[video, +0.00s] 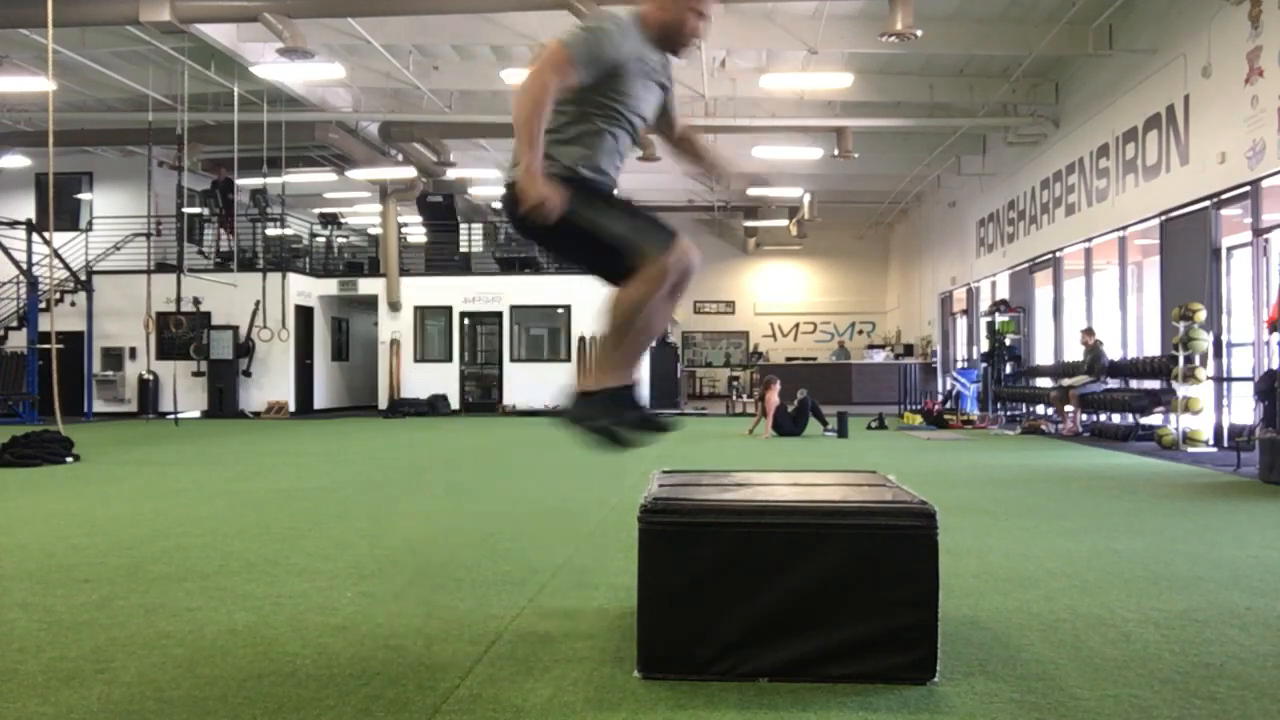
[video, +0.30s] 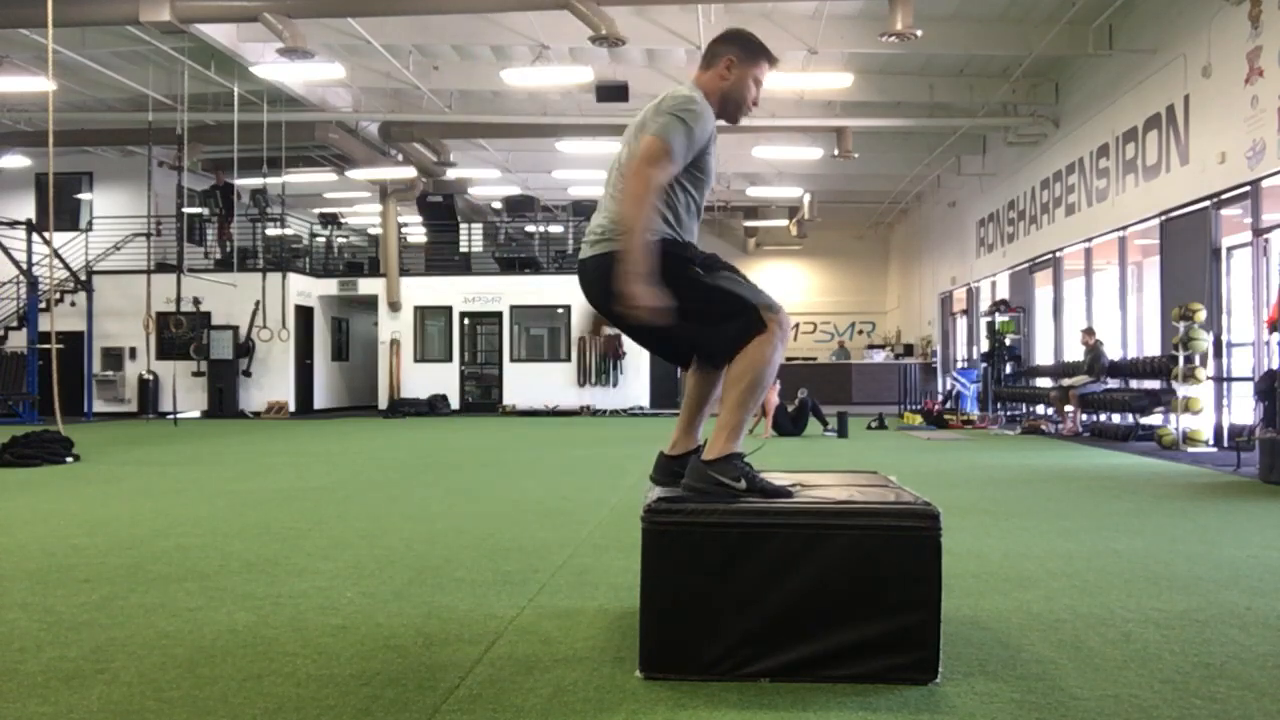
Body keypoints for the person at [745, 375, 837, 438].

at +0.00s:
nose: (779, 387)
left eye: (779, 384)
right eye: (778, 384)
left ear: (767, 385)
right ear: (773, 385)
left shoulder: (764, 396)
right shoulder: (772, 396)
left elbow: (759, 415)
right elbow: (770, 415)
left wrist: (751, 429)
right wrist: (767, 433)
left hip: (785, 430)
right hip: (793, 431)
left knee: (807, 402)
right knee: (807, 401)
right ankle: (826, 426)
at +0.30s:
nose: (779, 387)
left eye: (779, 384)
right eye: (778, 384)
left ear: (771, 386)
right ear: (772, 386)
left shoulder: (766, 396)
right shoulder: (772, 397)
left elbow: (759, 416)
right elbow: (769, 416)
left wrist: (751, 429)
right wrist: (767, 433)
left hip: (785, 429)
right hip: (793, 430)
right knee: (808, 401)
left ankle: (799, 401)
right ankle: (826, 426)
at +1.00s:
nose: (779, 387)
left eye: (778, 384)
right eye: (778, 384)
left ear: (767, 385)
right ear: (772, 385)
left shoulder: (765, 396)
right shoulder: (771, 396)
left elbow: (759, 416)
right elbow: (769, 416)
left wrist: (751, 430)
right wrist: (767, 433)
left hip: (785, 430)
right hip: (793, 430)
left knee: (808, 401)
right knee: (806, 401)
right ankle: (826, 426)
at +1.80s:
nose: (779, 387)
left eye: (779, 385)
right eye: (778, 385)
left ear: (767, 385)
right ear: (773, 385)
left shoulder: (764, 396)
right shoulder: (772, 396)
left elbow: (759, 415)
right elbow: (769, 416)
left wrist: (750, 430)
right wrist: (767, 433)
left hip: (784, 430)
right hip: (792, 430)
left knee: (803, 398)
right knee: (806, 400)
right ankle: (826, 426)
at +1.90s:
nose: (779, 387)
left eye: (779, 385)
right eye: (778, 385)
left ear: (767, 385)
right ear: (773, 385)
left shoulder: (764, 396)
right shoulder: (772, 396)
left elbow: (759, 415)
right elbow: (769, 416)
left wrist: (750, 430)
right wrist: (767, 433)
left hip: (784, 430)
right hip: (792, 430)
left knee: (803, 398)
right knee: (806, 400)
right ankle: (826, 426)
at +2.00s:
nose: (779, 387)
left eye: (779, 385)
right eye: (778, 385)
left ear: (767, 386)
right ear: (773, 385)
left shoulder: (764, 396)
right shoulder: (772, 396)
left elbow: (759, 416)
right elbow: (770, 416)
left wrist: (750, 430)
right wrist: (767, 433)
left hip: (784, 430)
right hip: (792, 430)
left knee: (803, 398)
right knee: (806, 399)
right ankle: (826, 426)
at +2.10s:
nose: (779, 387)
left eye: (779, 385)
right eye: (778, 385)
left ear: (767, 385)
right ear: (773, 385)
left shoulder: (764, 396)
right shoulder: (772, 396)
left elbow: (759, 416)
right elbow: (770, 416)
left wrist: (750, 430)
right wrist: (767, 433)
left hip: (784, 430)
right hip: (793, 430)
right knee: (805, 399)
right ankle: (826, 426)